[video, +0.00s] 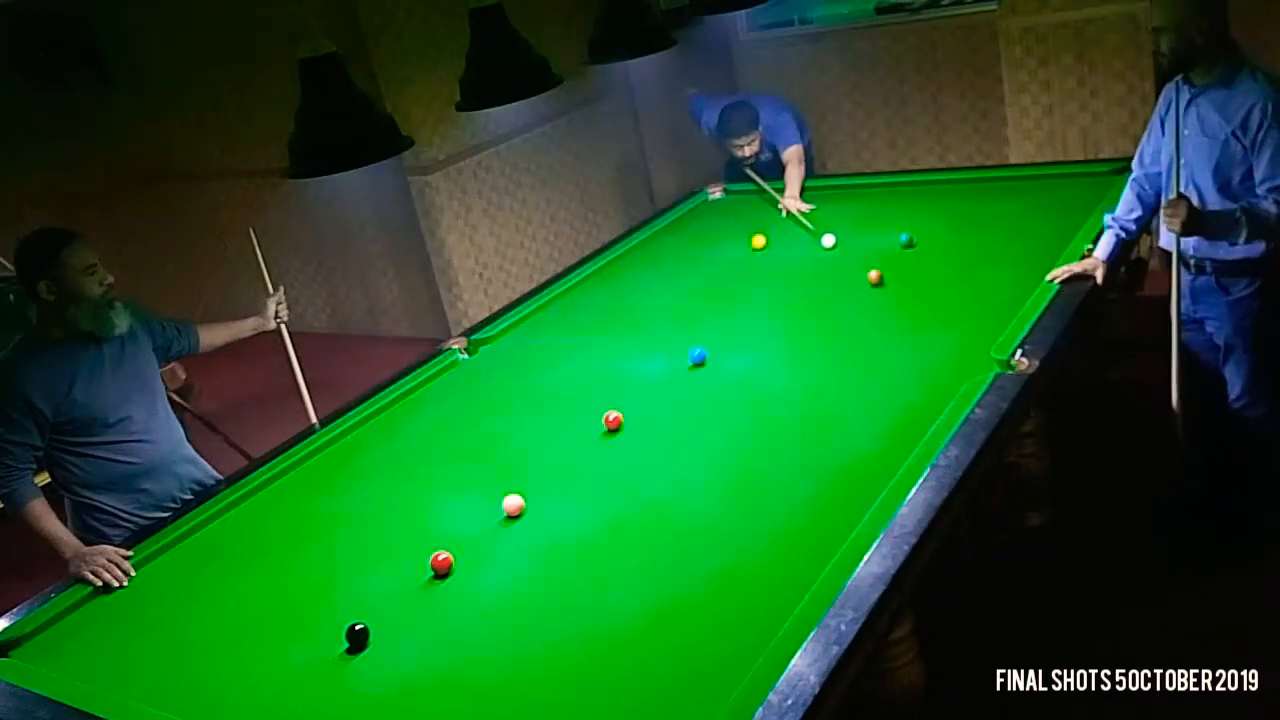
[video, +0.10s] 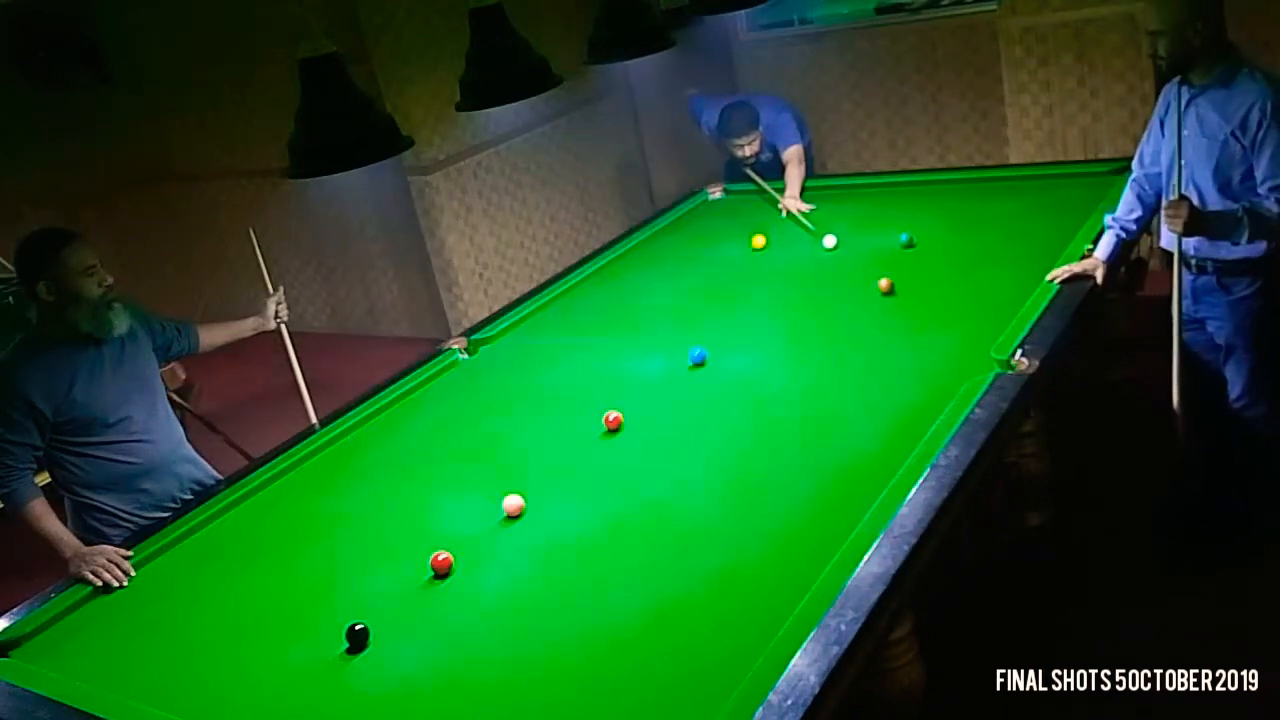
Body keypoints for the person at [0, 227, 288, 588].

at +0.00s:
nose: (109, 278)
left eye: (101, 267)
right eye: (90, 272)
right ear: (47, 291)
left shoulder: (130, 325)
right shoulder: (25, 373)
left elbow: (187, 337)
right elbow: (13, 477)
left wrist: (260, 321)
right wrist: (75, 552)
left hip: (206, 503)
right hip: (130, 544)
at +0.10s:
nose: (108, 280)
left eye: (101, 268)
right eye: (89, 273)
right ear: (47, 291)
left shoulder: (129, 324)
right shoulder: (25, 373)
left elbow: (187, 337)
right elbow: (13, 477)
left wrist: (260, 321)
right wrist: (75, 552)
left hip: (205, 502)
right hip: (129, 542)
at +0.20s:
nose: (107, 280)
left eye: (101, 268)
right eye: (88, 274)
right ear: (47, 291)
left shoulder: (131, 324)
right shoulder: (25, 373)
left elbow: (188, 337)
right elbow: (14, 478)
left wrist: (260, 321)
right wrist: (75, 552)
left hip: (204, 503)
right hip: (128, 543)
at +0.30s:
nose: (106, 283)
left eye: (101, 271)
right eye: (87, 276)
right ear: (45, 292)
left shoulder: (132, 326)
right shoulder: (25, 374)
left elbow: (188, 337)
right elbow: (14, 478)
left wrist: (260, 321)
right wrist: (75, 552)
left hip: (205, 504)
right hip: (129, 544)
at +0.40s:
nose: (105, 284)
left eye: (101, 272)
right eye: (87, 277)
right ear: (45, 292)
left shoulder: (133, 326)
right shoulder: (24, 373)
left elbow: (189, 337)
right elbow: (14, 478)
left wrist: (261, 321)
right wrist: (75, 552)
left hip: (205, 504)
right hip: (128, 544)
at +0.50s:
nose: (104, 285)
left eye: (100, 272)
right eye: (86, 278)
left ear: (104, 269)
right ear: (44, 293)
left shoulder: (132, 325)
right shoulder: (24, 372)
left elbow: (189, 337)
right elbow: (14, 477)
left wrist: (262, 321)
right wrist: (75, 552)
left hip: (205, 504)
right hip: (128, 544)